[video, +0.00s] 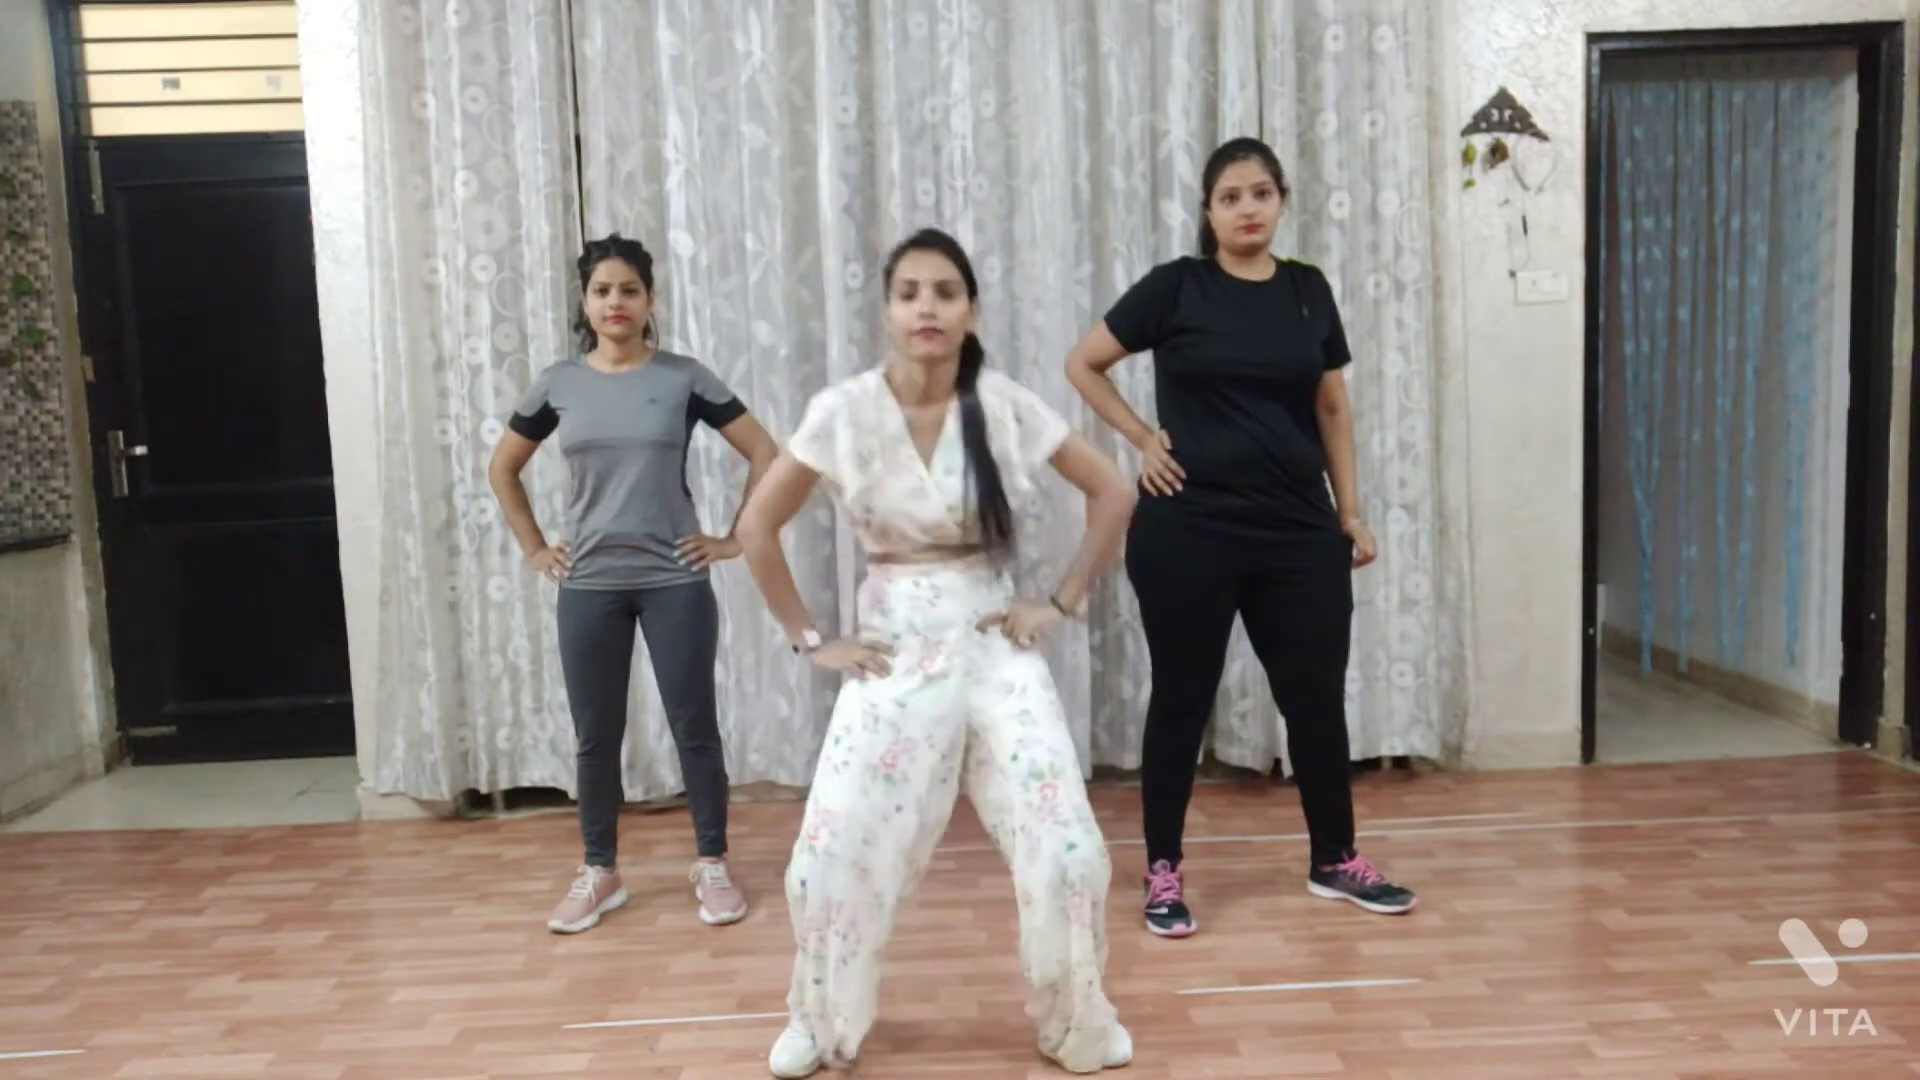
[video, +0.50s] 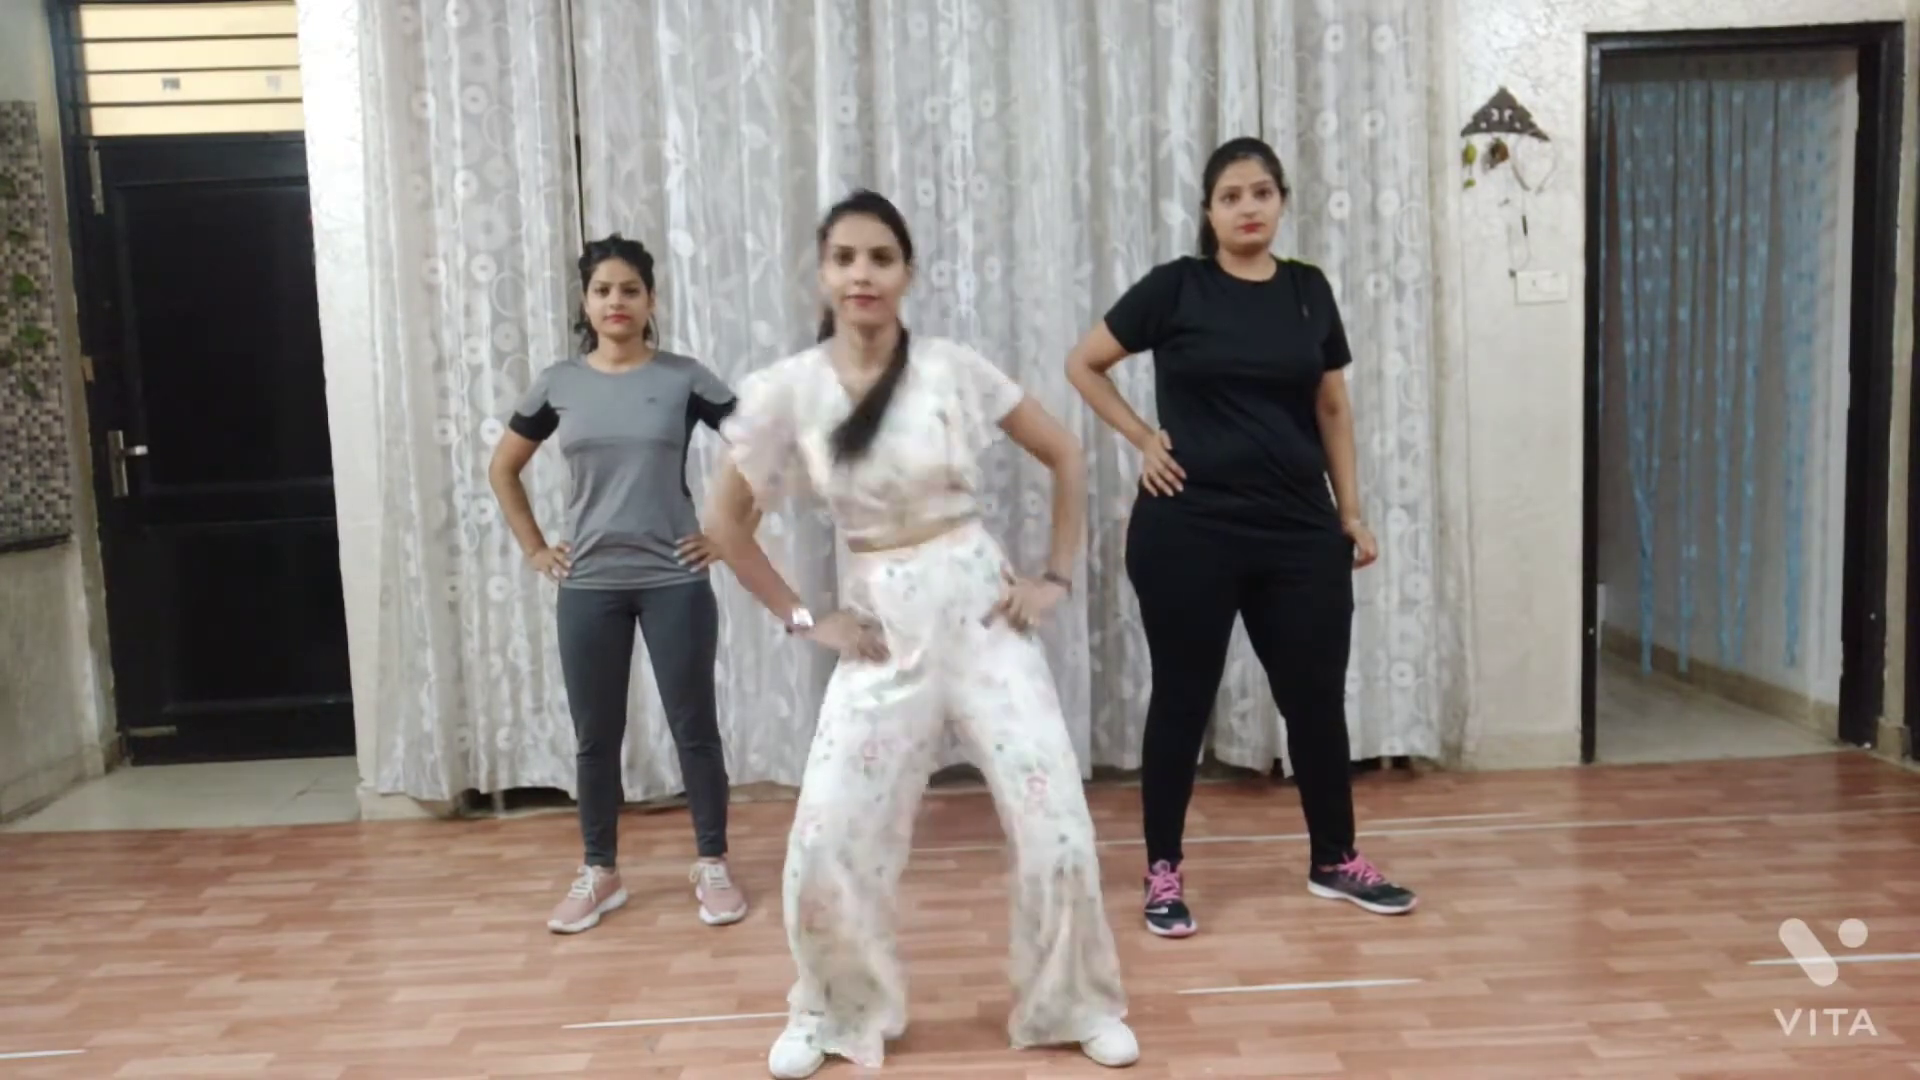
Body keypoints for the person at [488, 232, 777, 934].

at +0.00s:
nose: (616, 302)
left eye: (629, 290)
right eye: (602, 291)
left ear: (650, 301)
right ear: (584, 303)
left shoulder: (685, 379)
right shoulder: (558, 384)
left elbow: (768, 458)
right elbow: (502, 469)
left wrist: (736, 538)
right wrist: (537, 548)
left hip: (675, 575)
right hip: (589, 580)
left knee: (695, 727)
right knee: (596, 737)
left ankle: (712, 865)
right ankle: (599, 872)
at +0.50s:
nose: (617, 302)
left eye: (630, 291)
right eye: (604, 291)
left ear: (650, 301)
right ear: (586, 303)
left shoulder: (686, 379)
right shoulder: (558, 384)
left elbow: (764, 453)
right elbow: (503, 468)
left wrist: (728, 533)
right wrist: (536, 549)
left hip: (674, 575)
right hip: (589, 580)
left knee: (693, 726)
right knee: (595, 737)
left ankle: (713, 865)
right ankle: (599, 872)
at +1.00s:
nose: (617, 301)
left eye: (630, 289)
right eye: (604, 290)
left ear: (651, 301)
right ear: (585, 302)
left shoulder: (685, 378)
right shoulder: (559, 384)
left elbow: (764, 455)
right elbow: (502, 468)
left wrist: (735, 538)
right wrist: (536, 549)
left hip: (674, 574)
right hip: (589, 577)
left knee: (694, 728)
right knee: (595, 737)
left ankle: (712, 866)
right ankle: (599, 872)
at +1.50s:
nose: (616, 302)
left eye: (629, 290)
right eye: (603, 290)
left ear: (649, 302)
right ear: (583, 302)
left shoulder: (682, 378)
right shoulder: (557, 385)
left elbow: (758, 448)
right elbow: (502, 467)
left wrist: (734, 537)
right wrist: (537, 549)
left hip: (675, 573)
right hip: (589, 578)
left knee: (693, 725)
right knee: (595, 735)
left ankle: (712, 866)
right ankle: (599, 872)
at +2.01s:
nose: (613, 301)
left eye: (626, 290)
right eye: (600, 290)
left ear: (646, 302)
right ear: (580, 302)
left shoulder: (681, 378)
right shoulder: (555, 385)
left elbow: (763, 452)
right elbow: (500, 468)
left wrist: (734, 537)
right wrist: (537, 550)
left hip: (674, 574)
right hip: (588, 579)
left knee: (693, 726)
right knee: (594, 736)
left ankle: (712, 866)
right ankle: (599, 872)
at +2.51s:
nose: (612, 300)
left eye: (625, 288)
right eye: (598, 289)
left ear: (647, 299)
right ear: (580, 302)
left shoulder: (683, 379)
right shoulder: (555, 385)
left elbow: (764, 454)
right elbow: (499, 469)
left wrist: (735, 538)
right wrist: (535, 548)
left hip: (674, 580)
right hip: (587, 586)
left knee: (695, 733)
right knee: (595, 739)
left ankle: (719, 876)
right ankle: (599, 872)